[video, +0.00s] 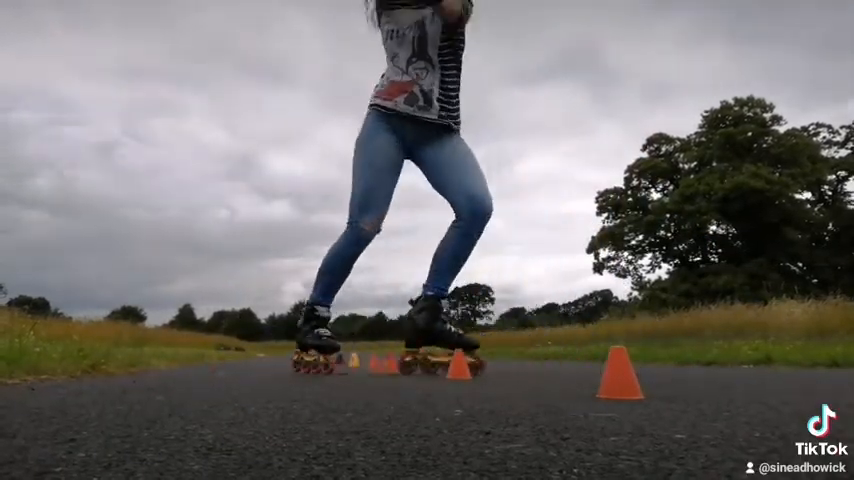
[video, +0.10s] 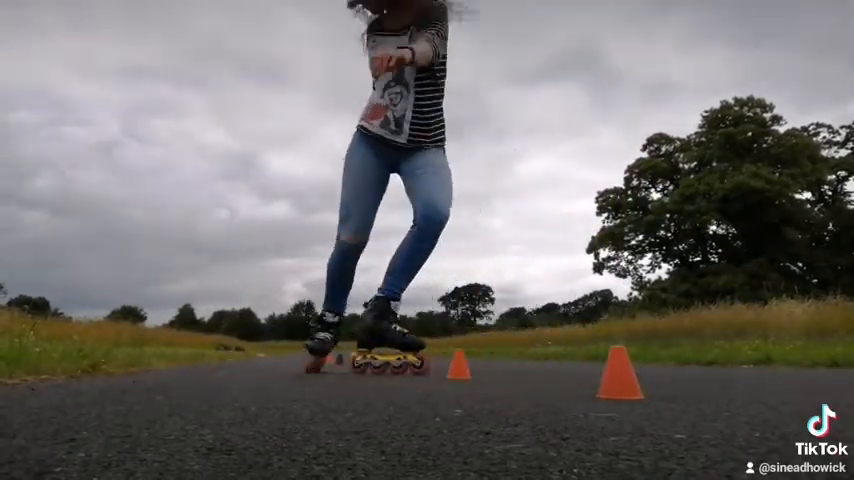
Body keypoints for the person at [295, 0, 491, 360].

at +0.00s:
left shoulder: (457, 7)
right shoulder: (385, 5)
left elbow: (454, 12)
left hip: (439, 130)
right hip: (385, 121)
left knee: (477, 208)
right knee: (364, 225)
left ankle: (426, 314)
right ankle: (313, 320)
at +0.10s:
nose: (374, 11)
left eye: (378, 5)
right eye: (370, 7)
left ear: (404, 1)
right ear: (371, 8)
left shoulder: (436, 15)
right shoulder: (374, 31)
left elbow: (431, 45)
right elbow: (380, 75)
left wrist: (407, 54)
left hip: (424, 147)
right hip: (372, 142)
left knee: (434, 215)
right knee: (351, 237)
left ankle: (379, 313)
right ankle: (329, 323)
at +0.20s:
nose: (364, 34)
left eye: (370, 25)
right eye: (358, 26)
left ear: (390, 12)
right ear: (352, 19)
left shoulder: (413, 28)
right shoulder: (365, 47)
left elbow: (424, 77)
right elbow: (359, 107)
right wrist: (329, 158)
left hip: (410, 156)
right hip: (364, 155)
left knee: (389, 226)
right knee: (350, 242)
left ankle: (343, 314)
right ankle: (366, 320)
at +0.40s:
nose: (347, 48)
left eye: (349, 39)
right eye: (342, 41)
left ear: (366, 27)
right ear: (341, 37)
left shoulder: (404, 57)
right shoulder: (355, 68)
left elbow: (437, 107)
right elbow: (324, 113)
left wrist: (477, 158)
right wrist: (275, 138)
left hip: (401, 166)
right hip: (365, 170)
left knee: (352, 231)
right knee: (385, 258)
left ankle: (347, 329)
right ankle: (416, 326)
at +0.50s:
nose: (358, 65)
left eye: (361, 57)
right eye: (354, 58)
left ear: (373, 45)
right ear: (350, 54)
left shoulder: (407, 68)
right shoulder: (357, 76)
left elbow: (441, 110)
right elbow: (322, 113)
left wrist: (482, 148)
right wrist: (278, 124)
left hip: (403, 170)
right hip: (371, 173)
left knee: (369, 240)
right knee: (381, 256)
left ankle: (389, 322)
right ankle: (423, 313)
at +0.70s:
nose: (347, 88)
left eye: (349, 81)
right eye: (345, 82)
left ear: (368, 78)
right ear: (365, 80)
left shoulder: (409, 102)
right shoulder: (360, 114)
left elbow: (450, 130)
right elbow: (326, 141)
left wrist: (493, 152)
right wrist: (289, 151)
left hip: (412, 191)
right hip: (382, 197)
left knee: (402, 261)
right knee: (356, 265)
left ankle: (433, 332)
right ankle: (386, 333)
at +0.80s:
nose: (347, 108)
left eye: (349, 102)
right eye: (346, 103)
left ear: (365, 97)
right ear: (357, 100)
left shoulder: (404, 120)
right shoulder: (358, 132)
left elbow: (446, 141)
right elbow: (325, 157)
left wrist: (485, 151)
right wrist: (283, 173)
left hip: (411, 206)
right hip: (380, 212)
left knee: (415, 272)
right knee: (342, 268)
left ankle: (445, 333)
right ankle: (366, 335)